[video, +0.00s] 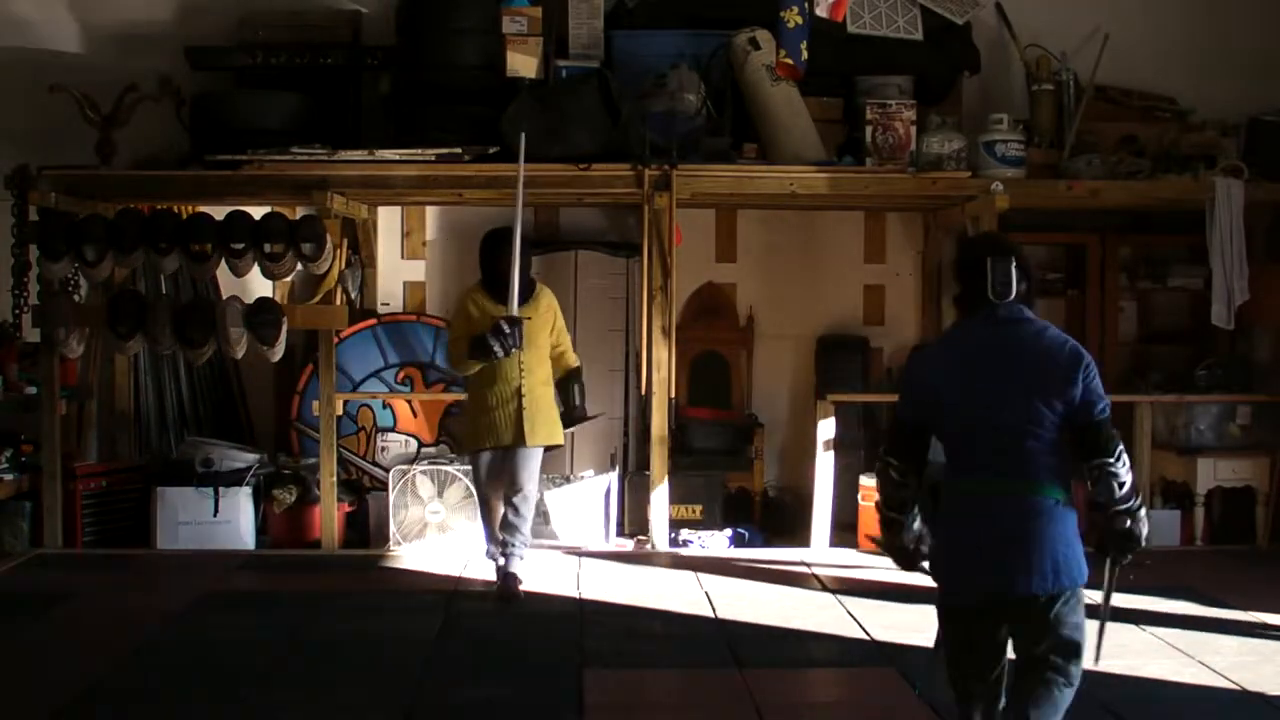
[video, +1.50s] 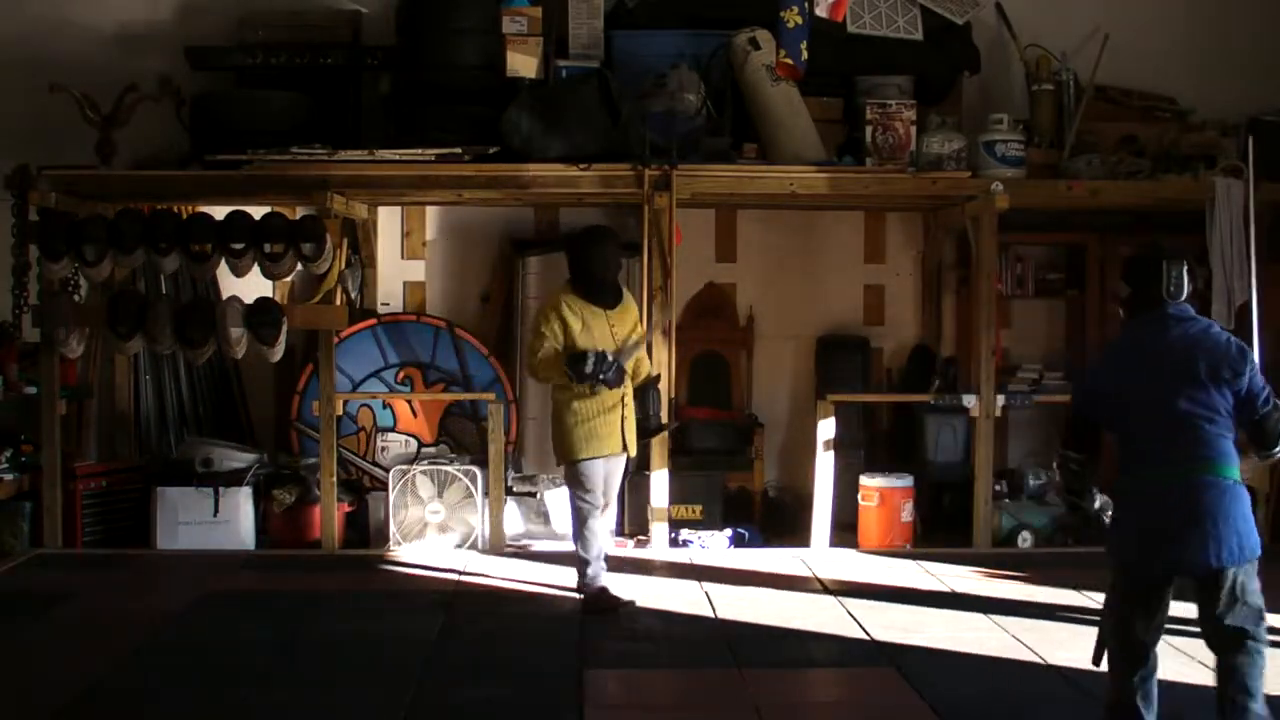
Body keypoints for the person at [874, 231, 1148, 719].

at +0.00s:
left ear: (961, 288)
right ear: (1025, 286)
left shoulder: (933, 359)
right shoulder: (1066, 356)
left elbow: (901, 460)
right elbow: (1105, 457)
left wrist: (902, 528)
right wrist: (1123, 519)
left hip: (963, 539)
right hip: (1041, 538)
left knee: (974, 675)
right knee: (1053, 663)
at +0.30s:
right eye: (1051, 280)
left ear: (1000, 285)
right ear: (1060, 285)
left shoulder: (968, 356)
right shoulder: (1096, 354)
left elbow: (939, 455)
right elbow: (1132, 464)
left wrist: (962, 500)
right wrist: (1152, 513)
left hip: (996, 533)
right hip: (1076, 536)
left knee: (993, 686)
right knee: (1116, 682)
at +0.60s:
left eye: (1062, 290)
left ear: (1070, 293)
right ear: (1128, 291)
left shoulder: (1045, 355)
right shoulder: (1170, 358)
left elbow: (1005, 448)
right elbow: (1202, 458)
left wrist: (1006, 513)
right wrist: (1216, 522)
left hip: (1068, 529)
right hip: (1150, 532)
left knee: (1042, 660)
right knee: (1157, 670)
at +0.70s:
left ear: (1089, 291)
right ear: (1148, 289)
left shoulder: (1063, 355)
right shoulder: (1187, 358)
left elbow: (1024, 445)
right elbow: (1225, 453)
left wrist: (1025, 510)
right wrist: (1241, 517)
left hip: (1084, 527)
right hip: (1163, 530)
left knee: (1060, 656)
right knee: (1165, 668)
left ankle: (1040, 716)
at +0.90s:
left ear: (1117, 289)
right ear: (1172, 288)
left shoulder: (1088, 352)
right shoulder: (1207, 355)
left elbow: (1044, 439)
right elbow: (1242, 444)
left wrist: (1052, 494)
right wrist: (1250, 494)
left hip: (1101, 519)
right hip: (1179, 521)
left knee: (1101, 658)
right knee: (1172, 659)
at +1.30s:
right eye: (1171, 283)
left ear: (1119, 290)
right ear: (1175, 288)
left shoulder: (1094, 353)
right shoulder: (1212, 349)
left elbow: (1058, 444)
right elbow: (1257, 440)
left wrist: (1064, 502)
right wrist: (1264, 434)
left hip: (1123, 512)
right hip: (1197, 514)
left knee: (1124, 646)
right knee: (1195, 644)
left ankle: (1129, 714)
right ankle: (1180, 715)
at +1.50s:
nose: (1125, 299)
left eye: (1128, 291)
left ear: (1132, 293)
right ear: (1186, 290)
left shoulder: (1115, 353)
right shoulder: (1224, 347)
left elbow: (1081, 440)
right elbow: (1267, 434)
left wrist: (1080, 500)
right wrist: (1251, 447)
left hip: (1142, 515)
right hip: (1218, 514)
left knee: (1132, 648)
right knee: (1240, 640)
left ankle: (1130, 718)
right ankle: (1247, 715)